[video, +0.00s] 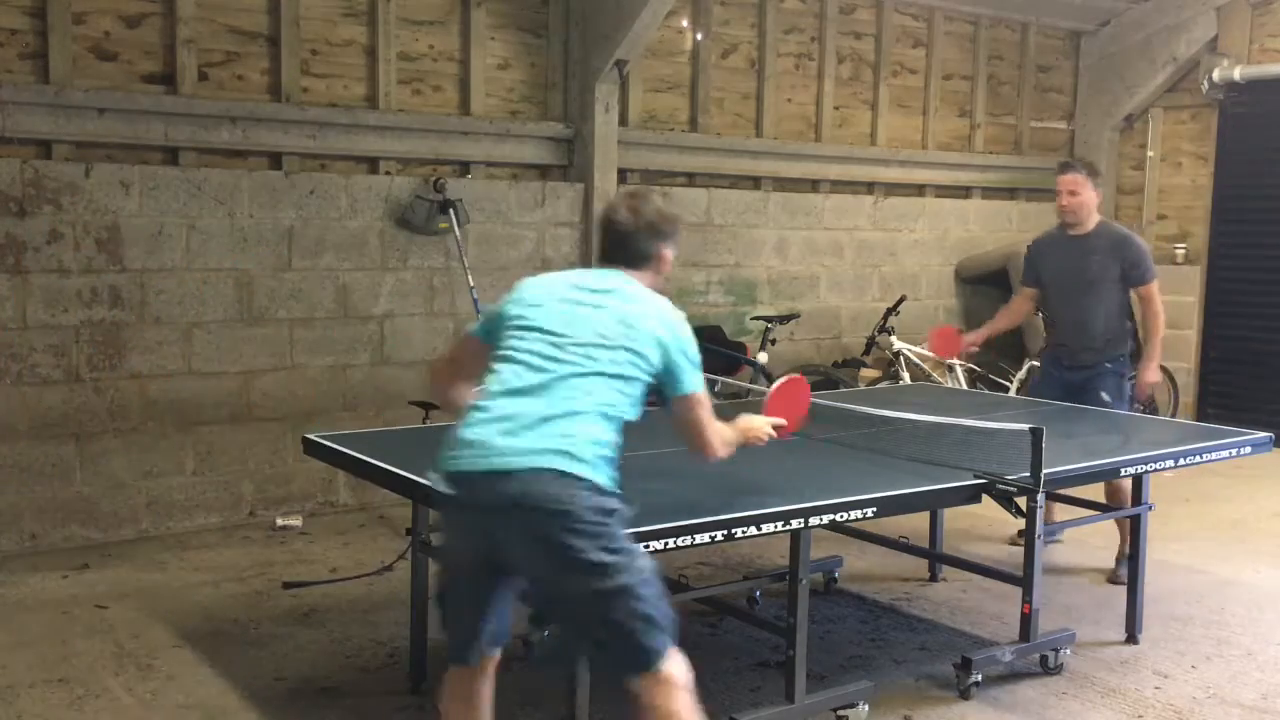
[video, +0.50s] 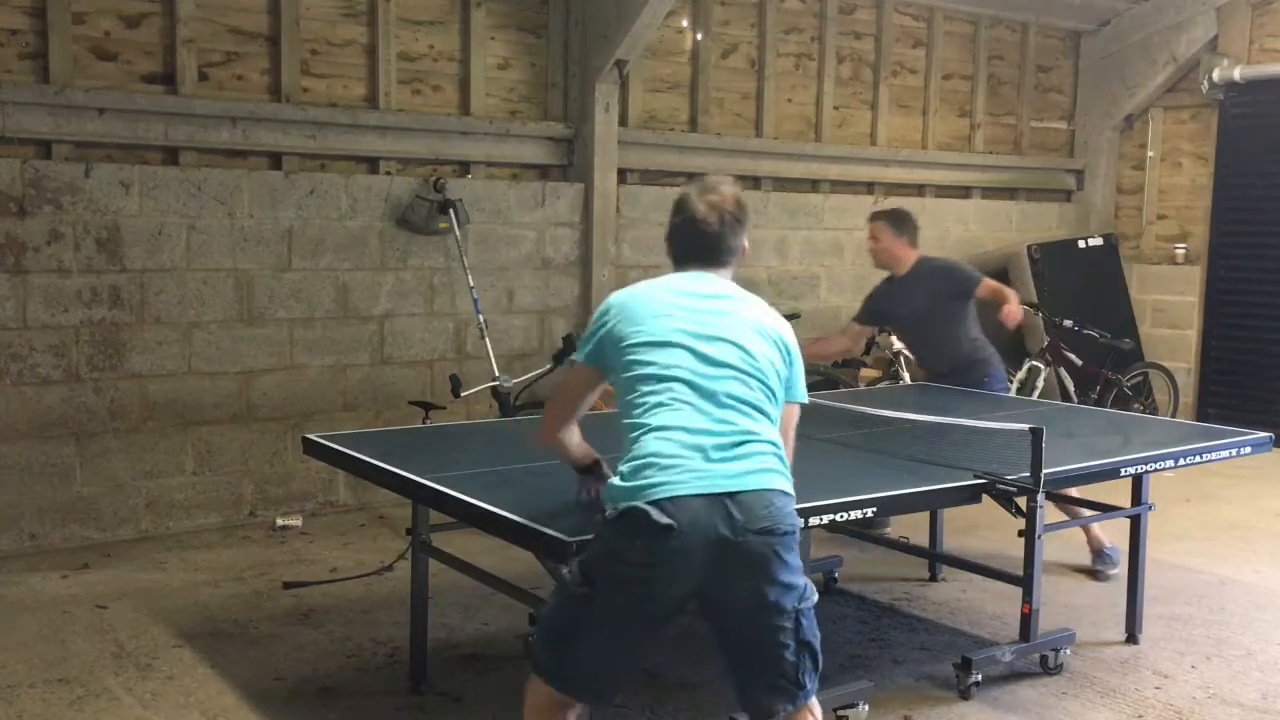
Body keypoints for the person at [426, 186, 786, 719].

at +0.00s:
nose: (673, 261)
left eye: (672, 249)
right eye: (673, 251)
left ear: (604, 244)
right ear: (663, 257)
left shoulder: (531, 290)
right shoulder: (663, 319)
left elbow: (448, 378)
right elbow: (710, 443)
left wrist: (502, 414)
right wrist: (742, 428)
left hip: (468, 483)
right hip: (563, 489)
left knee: (470, 661)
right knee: (662, 673)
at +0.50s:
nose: (747, 243)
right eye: (747, 237)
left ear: (672, 245)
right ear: (743, 248)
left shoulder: (625, 307)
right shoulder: (775, 326)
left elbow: (557, 427)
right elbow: (781, 457)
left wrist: (589, 460)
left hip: (657, 514)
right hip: (763, 513)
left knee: (556, 676)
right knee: (793, 696)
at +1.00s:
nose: (533, 227)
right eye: (530, 219)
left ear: (451, 228)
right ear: (523, 228)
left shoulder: (410, 299)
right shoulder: (559, 299)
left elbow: (332, 436)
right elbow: (617, 441)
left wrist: (363, 485)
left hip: (470, 514)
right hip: (574, 502)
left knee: (433, 698)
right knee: (569, 686)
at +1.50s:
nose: (526, 221)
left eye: (527, 209)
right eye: (524, 209)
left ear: (449, 207)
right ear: (498, 213)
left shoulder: (378, 255)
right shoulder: (512, 291)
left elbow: (281, 324)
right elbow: (555, 407)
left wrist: (261, 398)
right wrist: (584, 420)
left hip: (351, 457)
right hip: (443, 460)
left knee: (341, 621)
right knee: (455, 630)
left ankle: (347, 715)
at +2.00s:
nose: (424, 201)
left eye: (422, 188)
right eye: (415, 189)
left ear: (377, 200)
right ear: (382, 199)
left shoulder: (330, 254)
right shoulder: (363, 269)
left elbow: (329, 359)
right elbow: (349, 380)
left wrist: (388, 393)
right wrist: (410, 418)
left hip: (261, 422)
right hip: (302, 430)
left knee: (281, 554)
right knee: (362, 568)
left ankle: (262, 680)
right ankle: (339, 708)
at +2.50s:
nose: (403, 250)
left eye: (403, 238)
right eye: (392, 238)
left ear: (364, 247)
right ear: (354, 246)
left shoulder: (361, 303)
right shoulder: (298, 300)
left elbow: (350, 371)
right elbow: (250, 393)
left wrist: (404, 413)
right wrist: (322, 434)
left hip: (269, 429)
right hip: (220, 424)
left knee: (275, 532)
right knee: (289, 549)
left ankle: (229, 635)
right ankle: (267, 693)